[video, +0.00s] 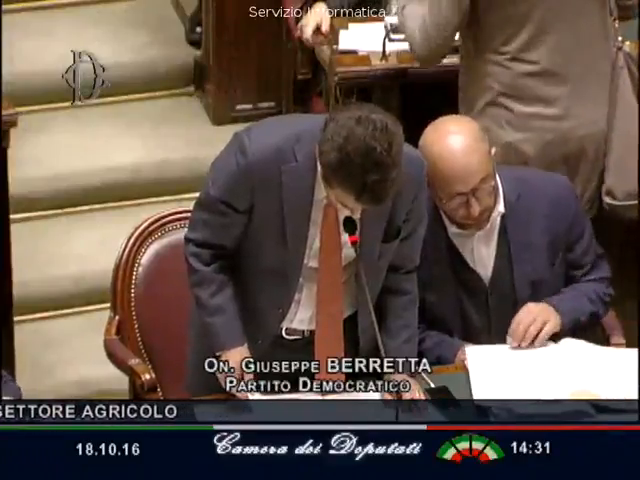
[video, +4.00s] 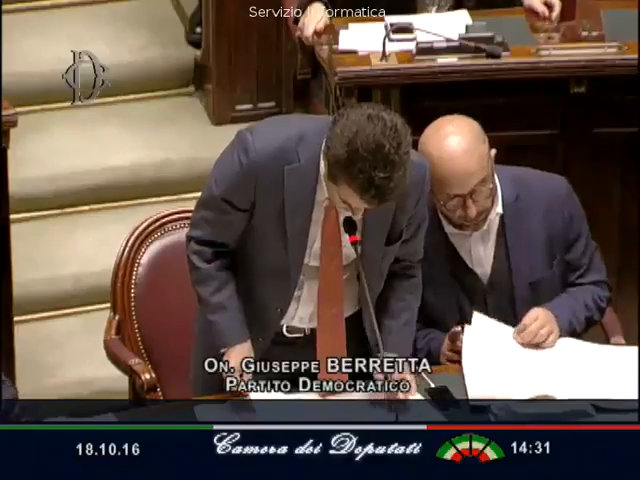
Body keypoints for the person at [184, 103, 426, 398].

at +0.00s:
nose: (354, 213)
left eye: (365, 206)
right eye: (343, 202)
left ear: (392, 175)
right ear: (323, 163)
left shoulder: (408, 173)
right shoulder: (254, 158)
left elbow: (402, 274)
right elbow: (205, 248)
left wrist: (401, 366)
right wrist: (230, 344)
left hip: (349, 336)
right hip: (262, 340)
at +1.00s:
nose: (353, 215)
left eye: (366, 205)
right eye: (342, 201)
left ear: (397, 177)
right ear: (324, 161)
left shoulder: (410, 178)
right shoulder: (257, 157)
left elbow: (403, 276)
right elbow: (206, 246)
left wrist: (401, 366)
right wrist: (230, 341)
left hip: (350, 337)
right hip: (262, 341)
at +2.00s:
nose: (353, 213)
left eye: (366, 204)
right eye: (342, 199)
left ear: (395, 174)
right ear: (323, 160)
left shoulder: (409, 175)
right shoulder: (255, 157)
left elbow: (402, 276)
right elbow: (206, 251)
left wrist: (401, 366)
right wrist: (231, 344)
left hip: (350, 337)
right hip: (264, 340)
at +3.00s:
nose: (360, 213)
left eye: (373, 204)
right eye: (350, 200)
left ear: (398, 176)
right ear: (328, 162)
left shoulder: (408, 175)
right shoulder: (256, 157)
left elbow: (403, 275)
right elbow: (207, 251)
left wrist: (400, 366)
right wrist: (231, 345)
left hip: (350, 335)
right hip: (263, 339)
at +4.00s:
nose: (357, 214)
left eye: (369, 207)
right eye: (347, 202)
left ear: (399, 176)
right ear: (328, 163)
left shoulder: (411, 178)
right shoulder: (258, 156)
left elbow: (406, 270)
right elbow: (207, 245)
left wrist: (396, 358)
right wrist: (234, 340)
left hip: (351, 337)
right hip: (263, 341)